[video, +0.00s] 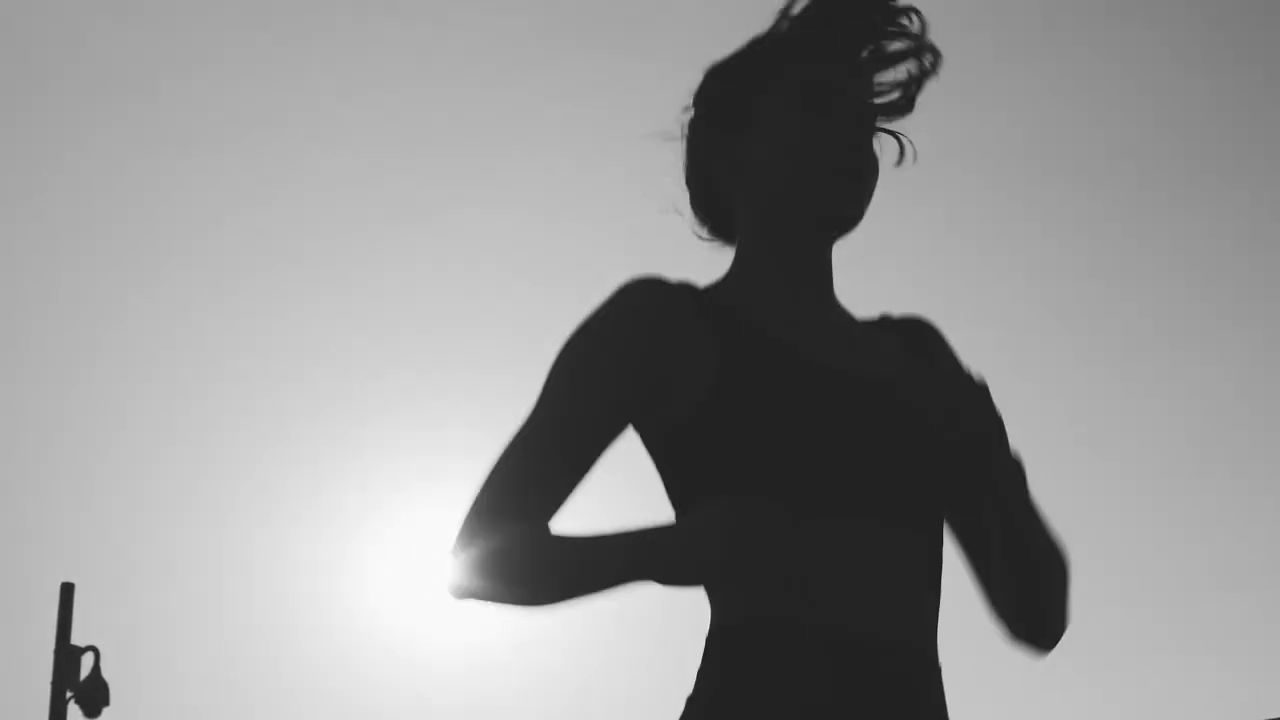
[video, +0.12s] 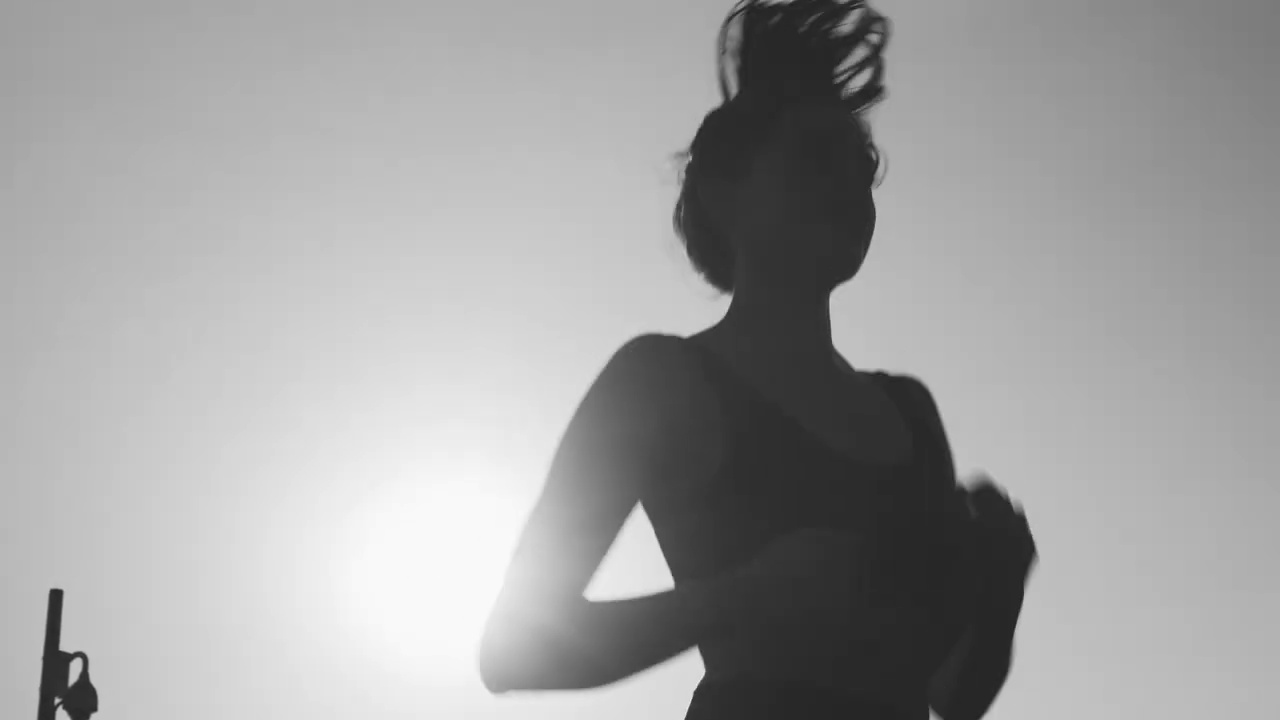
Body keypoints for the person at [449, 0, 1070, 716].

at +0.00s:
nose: (852, 152)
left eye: (861, 131)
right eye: (815, 123)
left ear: (873, 163)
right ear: (731, 158)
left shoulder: (913, 357)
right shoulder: (659, 327)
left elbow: (1040, 620)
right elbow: (484, 559)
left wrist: (972, 437)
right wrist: (671, 552)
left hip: (905, 700)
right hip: (748, 696)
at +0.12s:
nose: (851, 187)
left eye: (860, 169)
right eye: (813, 160)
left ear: (869, 207)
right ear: (719, 198)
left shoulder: (907, 409)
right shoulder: (660, 379)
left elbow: (954, 698)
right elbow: (515, 649)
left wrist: (997, 589)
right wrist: (750, 593)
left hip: (890, 709)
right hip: (751, 703)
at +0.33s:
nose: (854, 214)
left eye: (863, 194)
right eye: (815, 184)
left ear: (869, 220)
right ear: (723, 215)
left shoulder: (877, 431)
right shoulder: (674, 387)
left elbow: (844, 674)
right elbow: (633, 661)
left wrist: (936, 682)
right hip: (725, 708)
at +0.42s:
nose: (857, 195)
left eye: (862, 179)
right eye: (820, 174)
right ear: (726, 207)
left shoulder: (858, 418)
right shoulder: (677, 365)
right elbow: (673, 614)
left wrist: (908, 661)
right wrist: (909, 489)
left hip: (861, 708)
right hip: (730, 702)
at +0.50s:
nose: (852, 187)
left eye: (858, 167)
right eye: (818, 164)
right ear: (736, 186)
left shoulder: (814, 381)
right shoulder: (683, 326)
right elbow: (706, 561)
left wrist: (891, 637)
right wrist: (920, 448)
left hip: (857, 700)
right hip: (745, 696)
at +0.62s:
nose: (851, 173)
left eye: (853, 154)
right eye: (823, 149)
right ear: (744, 163)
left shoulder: (762, 332)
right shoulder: (690, 290)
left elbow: (653, 608)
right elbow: (720, 507)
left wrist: (869, 608)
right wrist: (911, 417)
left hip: (839, 688)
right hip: (760, 688)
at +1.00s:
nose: (814, 234)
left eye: (812, 210)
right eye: (786, 206)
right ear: (701, 232)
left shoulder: (753, 408)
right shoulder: (651, 374)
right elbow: (571, 603)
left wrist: (868, 688)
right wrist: (834, 596)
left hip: (803, 709)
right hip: (711, 705)